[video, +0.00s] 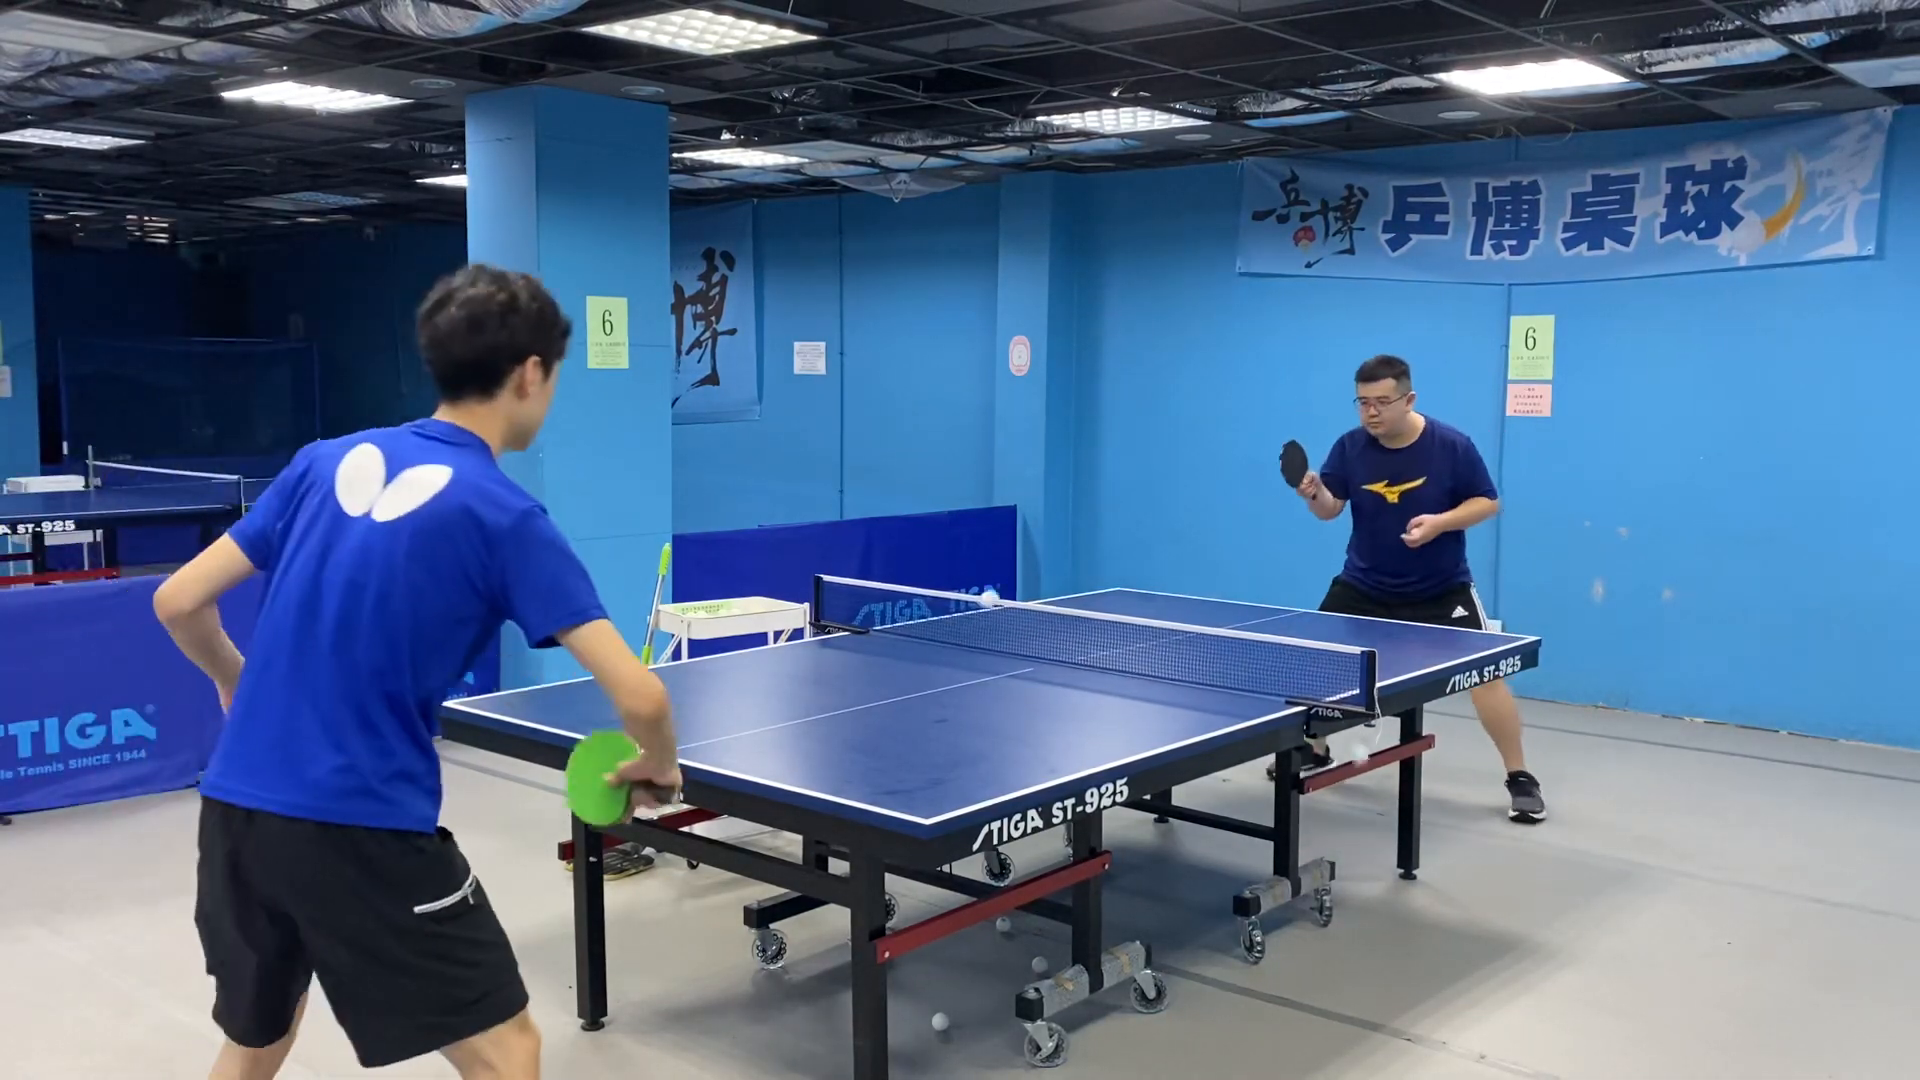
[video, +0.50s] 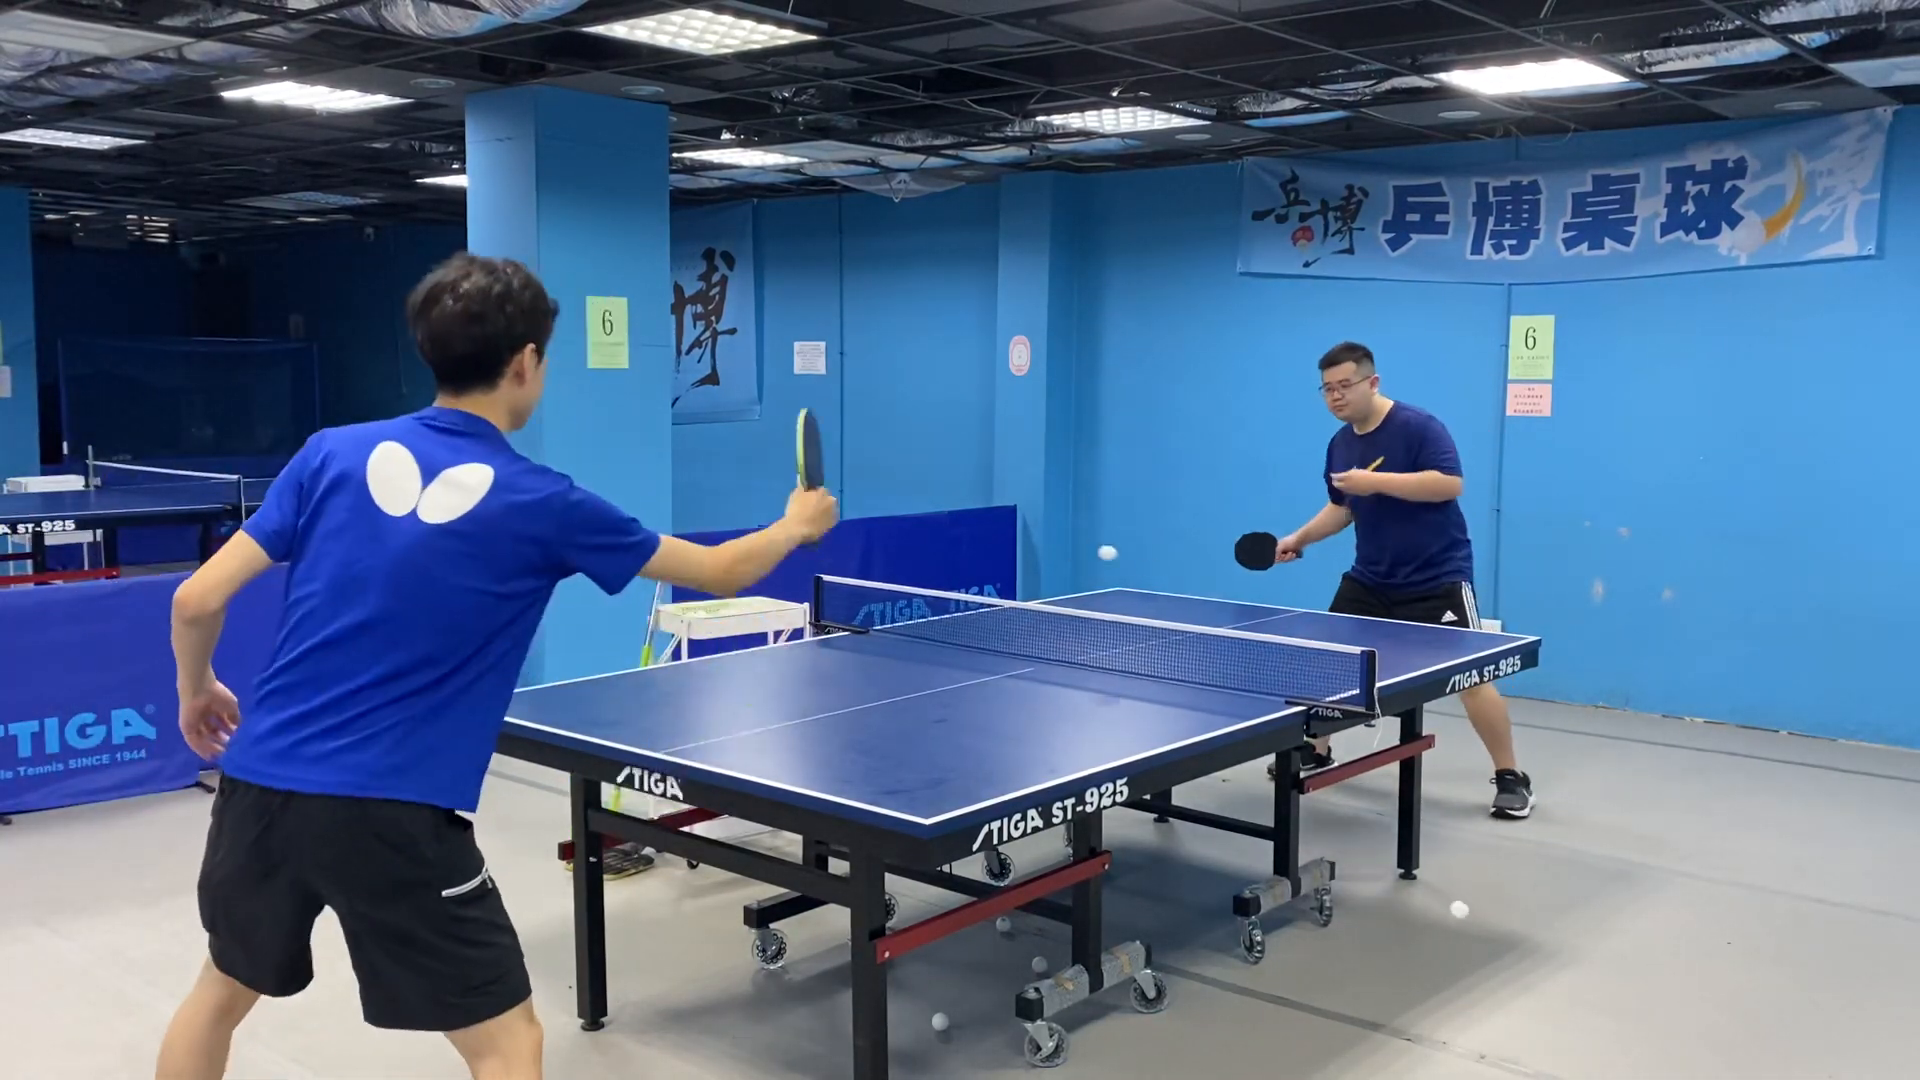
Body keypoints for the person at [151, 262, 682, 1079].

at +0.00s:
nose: (552, 392)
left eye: (555, 372)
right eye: (554, 371)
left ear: (442, 364)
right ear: (527, 374)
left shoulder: (323, 461)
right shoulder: (504, 512)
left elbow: (180, 600)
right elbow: (643, 699)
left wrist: (237, 681)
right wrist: (658, 761)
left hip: (237, 805)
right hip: (363, 825)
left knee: (254, 1035)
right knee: (503, 1051)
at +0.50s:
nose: (542, 369)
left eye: (540, 352)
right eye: (541, 355)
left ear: (435, 357)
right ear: (522, 364)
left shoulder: (331, 456)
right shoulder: (539, 498)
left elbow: (196, 600)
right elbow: (712, 571)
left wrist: (196, 690)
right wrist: (794, 527)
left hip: (259, 796)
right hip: (395, 819)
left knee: (219, 990)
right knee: (504, 1044)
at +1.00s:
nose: (445, 374)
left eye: (445, 354)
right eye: (443, 354)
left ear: (334, 355)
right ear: (408, 365)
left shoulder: (256, 445)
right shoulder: (357, 508)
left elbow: (147, 577)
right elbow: (383, 715)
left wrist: (225, 658)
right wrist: (537, 698)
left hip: (147, 761)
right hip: (233, 790)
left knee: (200, 938)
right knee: (341, 1030)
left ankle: (118, 1073)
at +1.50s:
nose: (333, 401)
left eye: (332, 382)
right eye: (331, 382)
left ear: (230, 381)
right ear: (303, 390)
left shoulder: (136, 478)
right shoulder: (303, 525)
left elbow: (30, 622)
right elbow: (482, 614)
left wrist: (114, 695)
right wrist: (566, 580)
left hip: (61, 792)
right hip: (157, 810)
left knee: (112, 955)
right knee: (306, 1028)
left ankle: (53, 1076)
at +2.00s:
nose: (324, 387)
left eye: (324, 368)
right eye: (322, 367)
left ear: (217, 370)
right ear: (286, 376)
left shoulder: (146, 466)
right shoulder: (246, 522)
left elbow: (59, 613)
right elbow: (288, 720)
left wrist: (194, 693)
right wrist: (428, 694)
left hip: (65, 775)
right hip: (144, 797)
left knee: (114, 970)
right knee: (280, 1026)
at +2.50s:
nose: (365, 477)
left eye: (372, 459)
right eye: (366, 456)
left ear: (304, 437)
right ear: (319, 440)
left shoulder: (165, 496)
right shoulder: (251, 553)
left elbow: (46, 621)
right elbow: (445, 633)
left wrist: (144, 686)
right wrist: (516, 521)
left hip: (38, 802)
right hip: (108, 829)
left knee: (110, 979)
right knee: (286, 1030)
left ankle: (54, 1079)